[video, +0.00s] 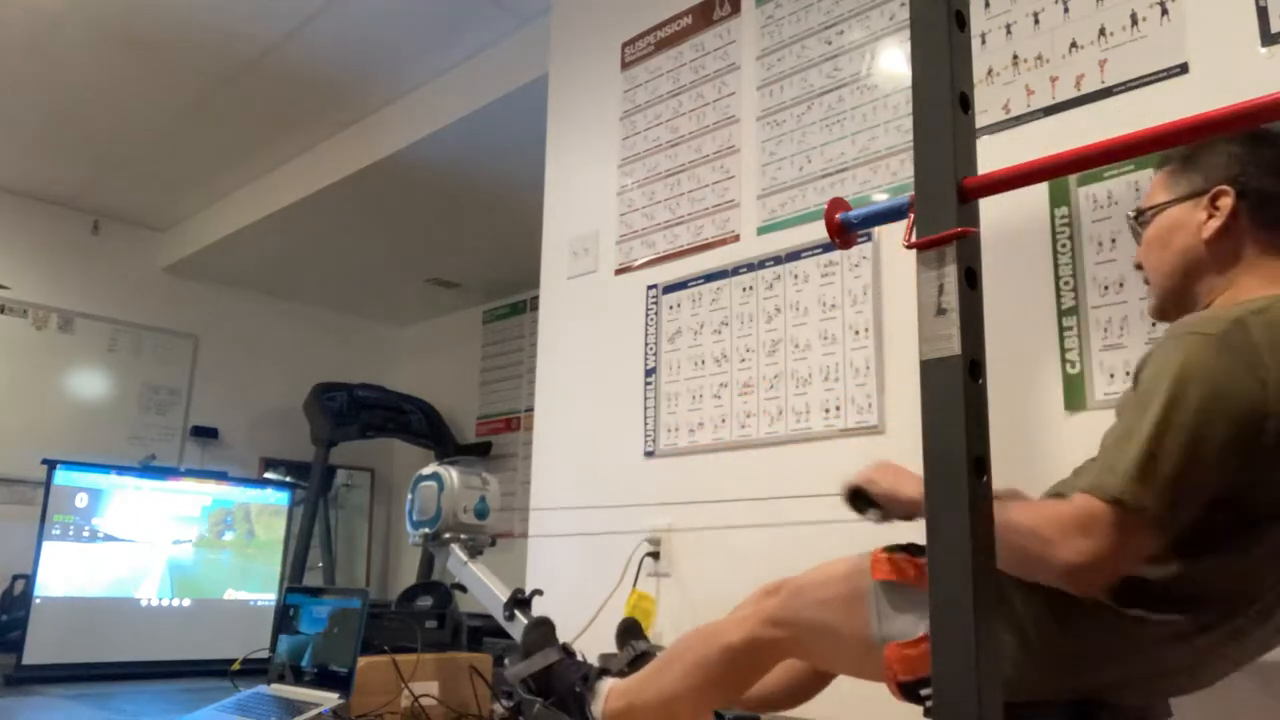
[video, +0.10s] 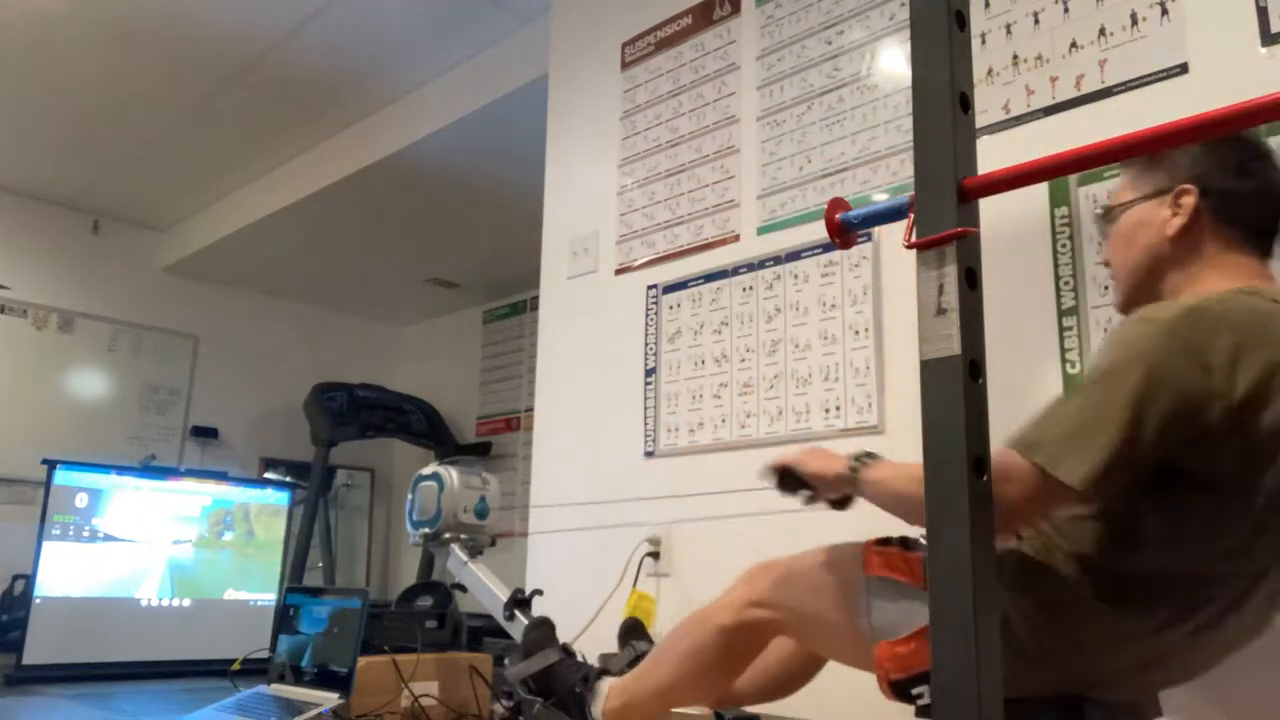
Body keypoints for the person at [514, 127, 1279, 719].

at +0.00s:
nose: (1138, 245)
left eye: (1151, 216)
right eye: (1142, 222)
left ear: (1220, 213)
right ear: (1229, 217)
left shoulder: (1218, 351)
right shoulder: (1262, 341)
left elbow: (1093, 546)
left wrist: (926, 493)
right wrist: (975, 515)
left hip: (1068, 642)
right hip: (1131, 650)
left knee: (784, 609)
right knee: (837, 623)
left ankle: (609, 704)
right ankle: (689, 707)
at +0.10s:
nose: (1104, 247)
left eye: (1115, 218)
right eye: (1106, 223)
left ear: (1182, 211)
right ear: (1206, 216)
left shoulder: (1185, 331)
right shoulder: (1266, 328)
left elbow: (995, 500)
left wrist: (849, 471)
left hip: (1034, 633)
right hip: (1119, 651)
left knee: (763, 593)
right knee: (824, 617)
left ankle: (613, 704)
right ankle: (700, 704)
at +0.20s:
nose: (1050, 235)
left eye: (1062, 209)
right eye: (1054, 214)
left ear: (1121, 206)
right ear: (1143, 210)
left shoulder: (1130, 319)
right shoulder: (1212, 316)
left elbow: (920, 454)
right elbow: (1056, 497)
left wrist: (783, 456)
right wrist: (910, 490)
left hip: (1045, 615)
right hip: (1109, 619)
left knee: (741, 568)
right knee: (809, 597)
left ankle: (610, 705)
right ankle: (688, 701)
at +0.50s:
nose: (838, 256)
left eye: (848, 236)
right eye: (841, 238)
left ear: (892, 236)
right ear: (912, 237)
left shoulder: (884, 327)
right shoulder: (983, 332)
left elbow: (722, 442)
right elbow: (874, 495)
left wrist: (617, 486)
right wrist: (766, 503)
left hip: (880, 611)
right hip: (959, 616)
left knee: (670, 508)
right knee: (745, 532)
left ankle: (608, 702)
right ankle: (679, 687)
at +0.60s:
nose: (774, 276)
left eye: (781, 257)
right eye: (775, 260)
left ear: (818, 255)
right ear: (878, 263)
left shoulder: (814, 342)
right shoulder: (920, 337)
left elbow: (666, 455)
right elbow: (830, 513)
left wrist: (576, 502)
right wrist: (720, 473)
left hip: (832, 622)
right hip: (921, 624)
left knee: (645, 500)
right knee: (714, 497)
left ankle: (606, 697)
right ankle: (677, 679)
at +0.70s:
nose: (723, 288)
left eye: (729, 269)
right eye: (725, 271)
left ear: (760, 268)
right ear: (823, 279)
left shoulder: (759, 348)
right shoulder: (864, 353)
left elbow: (624, 463)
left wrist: (538, 511)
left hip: (788, 621)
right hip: (872, 631)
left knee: (625, 484)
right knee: (709, 471)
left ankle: (606, 689)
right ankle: (678, 667)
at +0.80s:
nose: (685, 298)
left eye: (691, 279)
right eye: (687, 282)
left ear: (720, 274)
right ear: (782, 287)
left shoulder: (716, 351)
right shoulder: (826, 359)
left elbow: (591, 467)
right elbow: (740, 492)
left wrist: (513, 515)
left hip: (756, 620)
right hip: (844, 632)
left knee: (612, 479)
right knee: (695, 479)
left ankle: (606, 686)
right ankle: (676, 663)